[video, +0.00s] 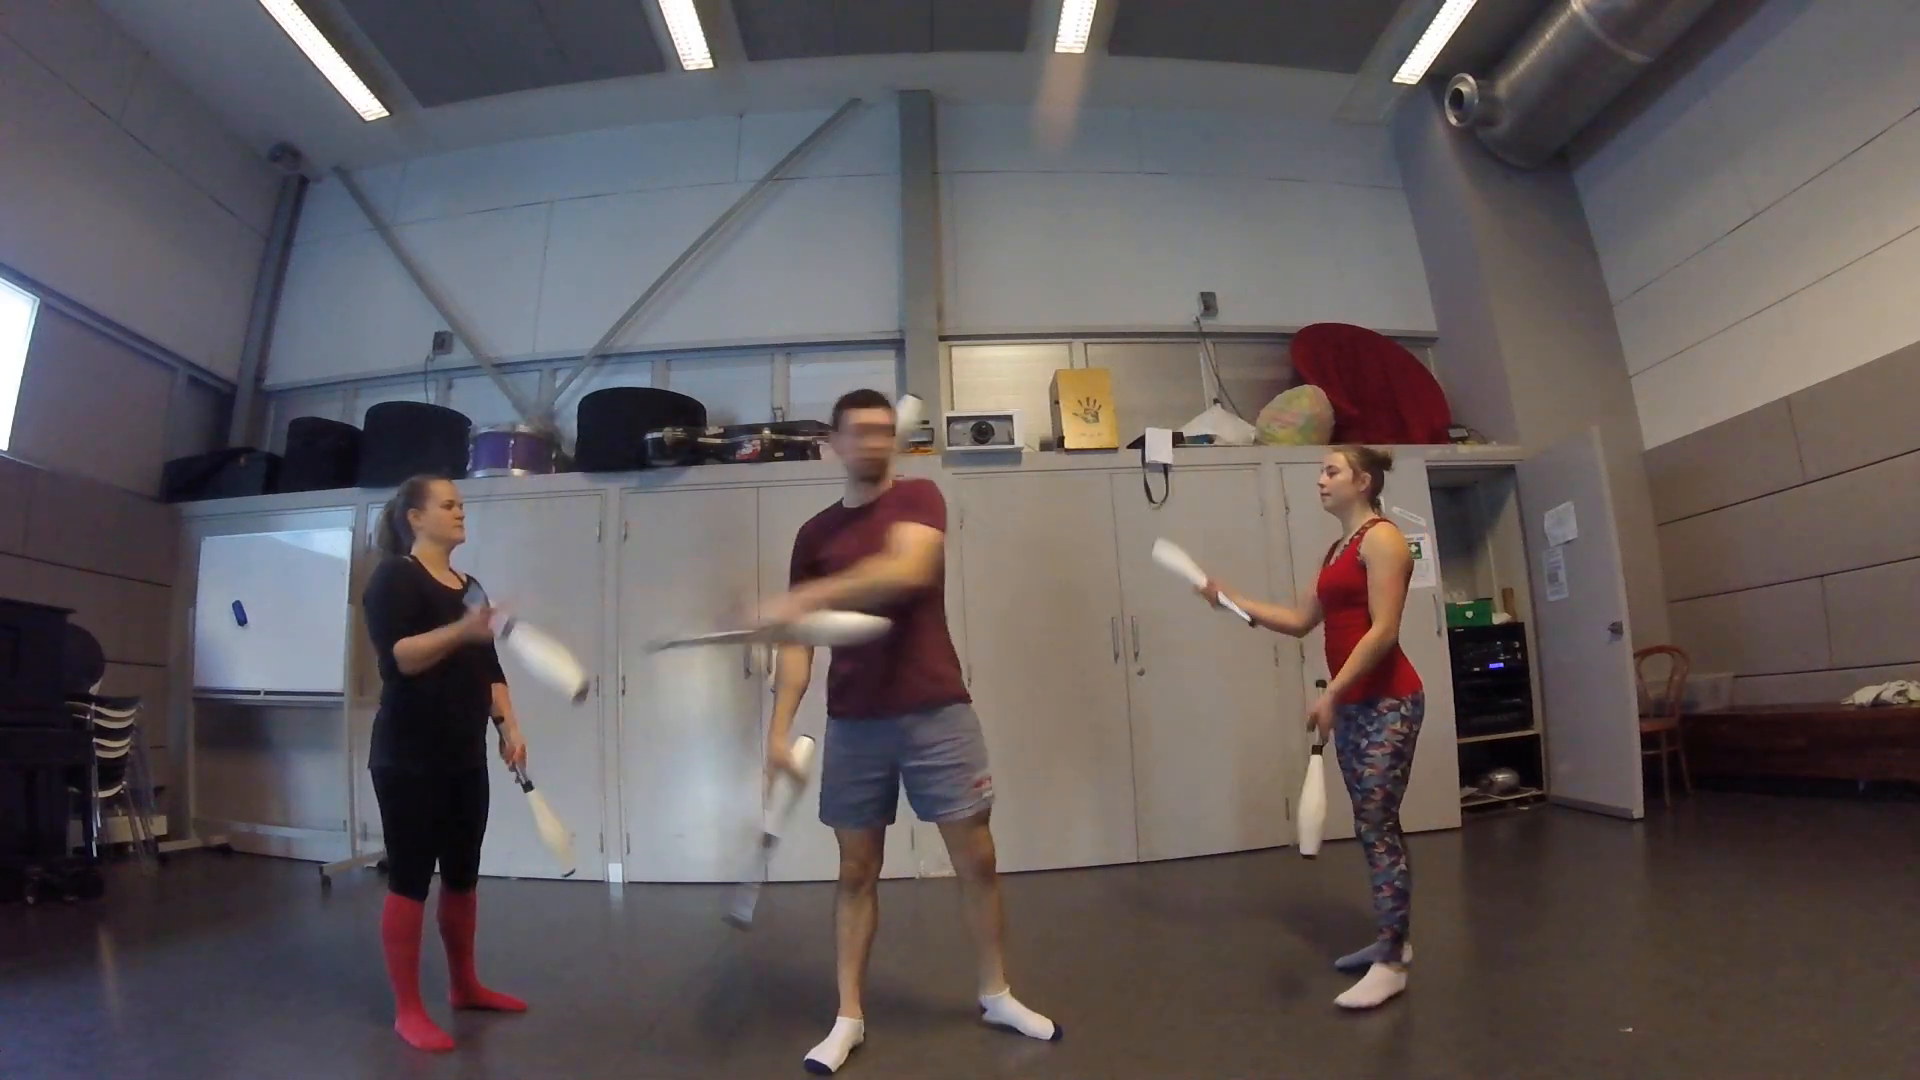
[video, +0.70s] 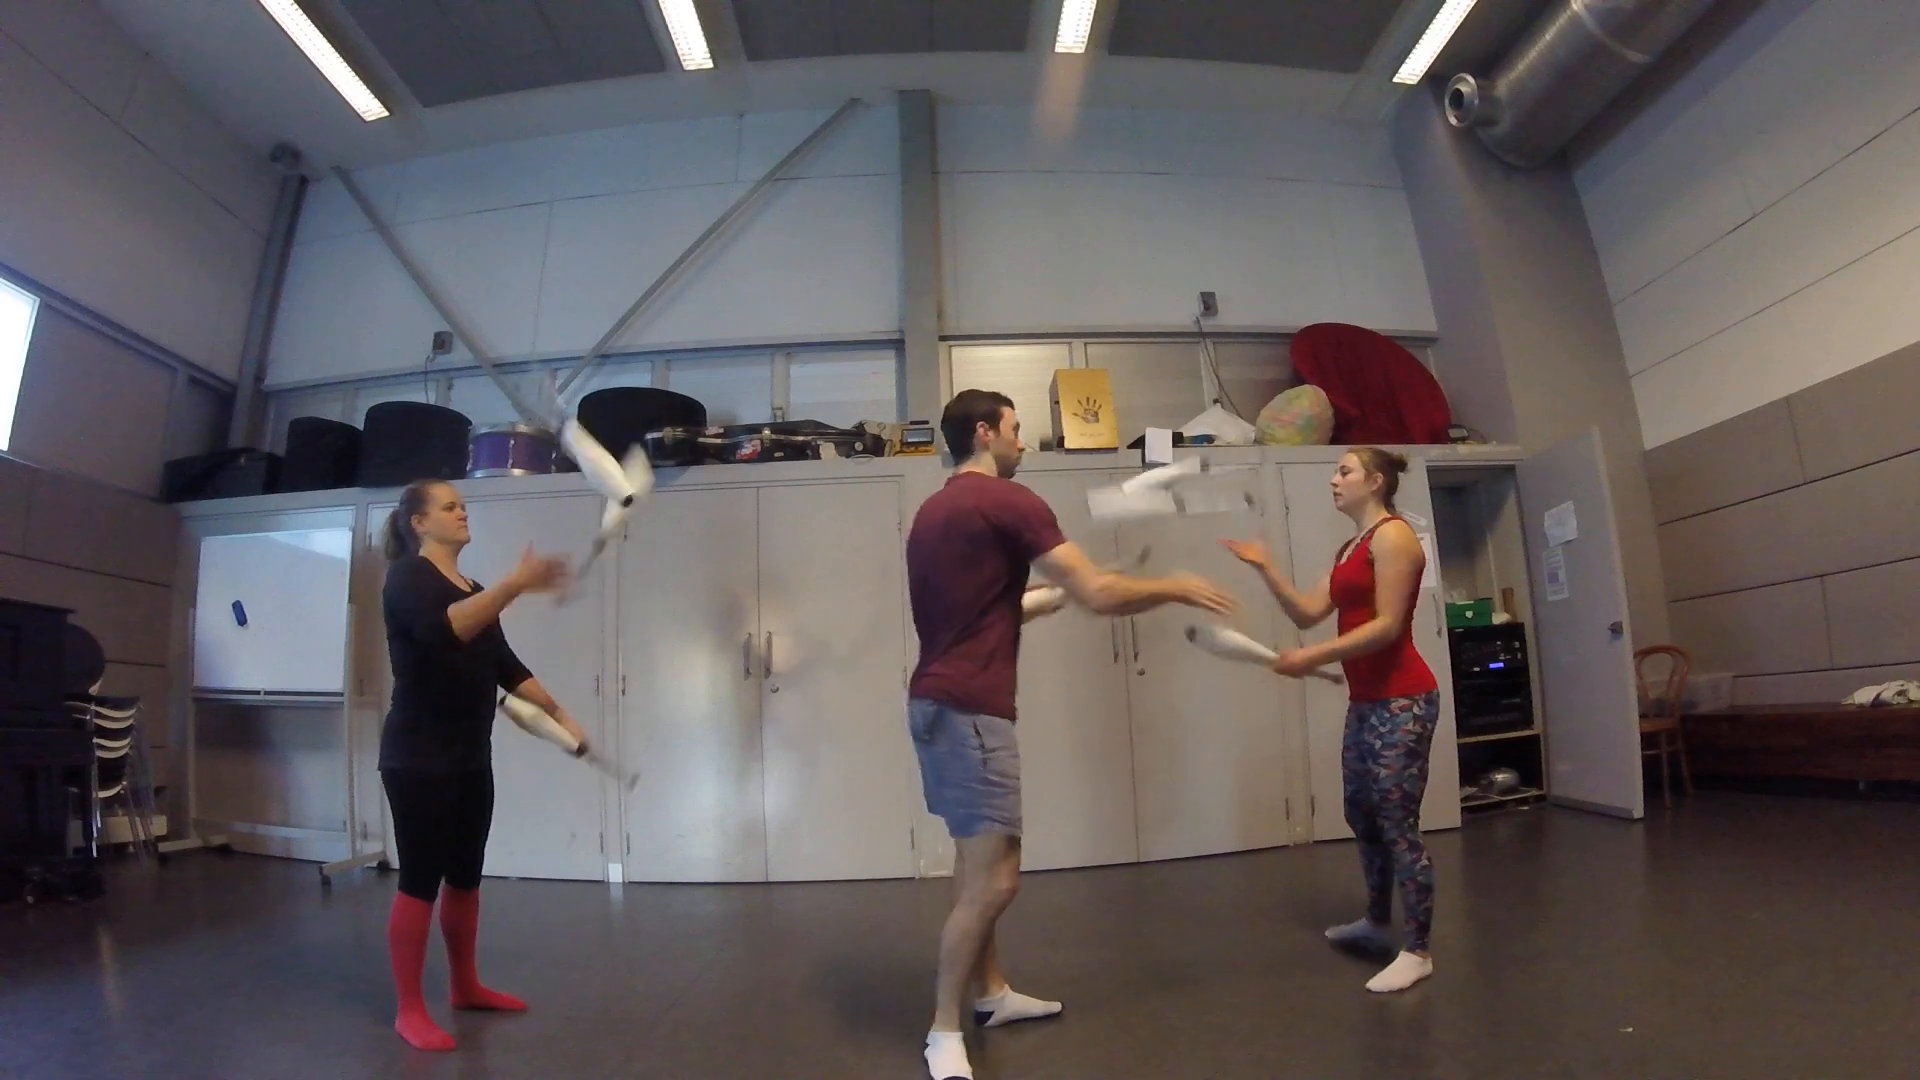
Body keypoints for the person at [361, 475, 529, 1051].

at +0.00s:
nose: (461, 514)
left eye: (461, 505)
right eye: (449, 506)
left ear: (455, 519)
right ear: (415, 517)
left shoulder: (467, 589)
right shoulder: (392, 578)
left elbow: (489, 666)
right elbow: (400, 656)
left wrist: (510, 724)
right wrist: (464, 630)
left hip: (464, 753)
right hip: (407, 755)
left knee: (461, 874)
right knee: (410, 879)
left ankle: (465, 988)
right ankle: (408, 1011)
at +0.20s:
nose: (462, 512)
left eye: (461, 504)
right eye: (450, 504)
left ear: (450, 519)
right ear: (416, 518)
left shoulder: (470, 588)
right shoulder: (395, 577)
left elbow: (487, 662)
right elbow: (375, 662)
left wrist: (528, 670)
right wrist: (441, 704)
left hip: (461, 750)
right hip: (408, 752)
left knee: (462, 868)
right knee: (409, 875)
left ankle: (465, 988)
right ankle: (409, 1011)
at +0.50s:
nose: (462, 515)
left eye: (460, 507)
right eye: (450, 508)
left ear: (447, 523)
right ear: (417, 522)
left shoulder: (462, 591)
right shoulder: (403, 582)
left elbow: (511, 655)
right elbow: (412, 662)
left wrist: (584, 652)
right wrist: (492, 689)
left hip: (467, 755)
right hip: (418, 757)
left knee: (464, 873)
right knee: (420, 877)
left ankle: (466, 988)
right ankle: (409, 1011)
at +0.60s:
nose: (461, 515)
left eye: (460, 506)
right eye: (449, 508)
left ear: (455, 522)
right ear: (417, 522)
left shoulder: (470, 594)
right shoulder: (405, 581)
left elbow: (509, 661)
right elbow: (424, 647)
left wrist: (571, 699)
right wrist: (511, 631)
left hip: (468, 755)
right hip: (419, 757)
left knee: (464, 875)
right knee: (422, 878)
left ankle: (465, 987)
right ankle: (409, 1010)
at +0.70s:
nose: (464, 516)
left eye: (463, 508)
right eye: (451, 509)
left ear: (459, 522)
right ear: (418, 523)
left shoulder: (469, 591)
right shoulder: (406, 579)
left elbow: (505, 665)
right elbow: (447, 626)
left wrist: (557, 715)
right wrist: (516, 582)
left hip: (468, 752)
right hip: (417, 755)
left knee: (464, 875)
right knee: (420, 879)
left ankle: (466, 989)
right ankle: (410, 1011)